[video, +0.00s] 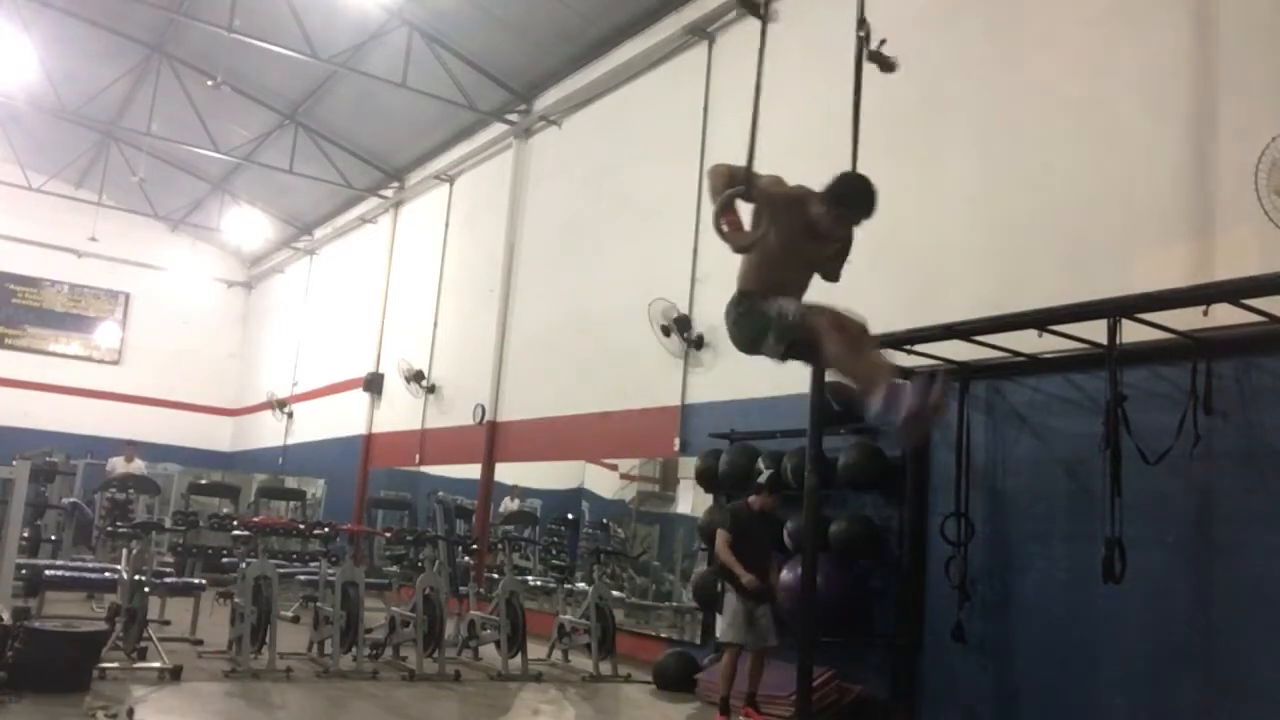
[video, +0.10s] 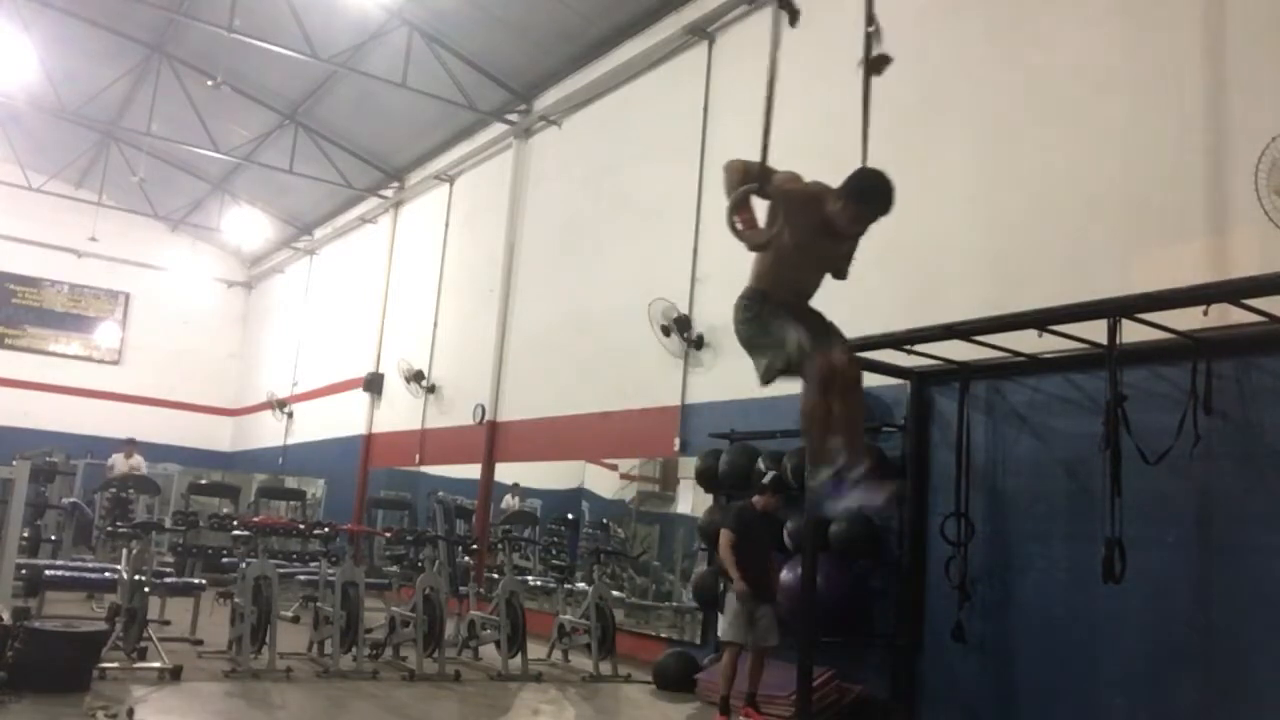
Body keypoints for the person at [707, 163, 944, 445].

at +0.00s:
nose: (842, 232)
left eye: (849, 227)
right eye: (840, 223)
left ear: (854, 220)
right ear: (826, 206)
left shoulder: (841, 237)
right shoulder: (780, 196)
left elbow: (829, 274)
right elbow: (720, 173)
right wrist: (725, 209)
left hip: (784, 313)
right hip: (748, 312)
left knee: (853, 333)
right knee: (825, 326)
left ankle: (897, 397)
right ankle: (881, 399)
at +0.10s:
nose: (857, 229)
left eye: (865, 224)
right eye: (855, 219)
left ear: (872, 217)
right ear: (839, 199)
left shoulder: (852, 232)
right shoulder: (798, 195)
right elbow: (736, 168)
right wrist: (743, 217)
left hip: (798, 311)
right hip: (759, 308)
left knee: (847, 367)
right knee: (821, 365)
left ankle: (855, 472)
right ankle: (819, 476)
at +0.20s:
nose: (876, 224)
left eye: (884, 219)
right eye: (873, 214)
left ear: (890, 212)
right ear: (857, 194)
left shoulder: (867, 226)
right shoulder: (814, 190)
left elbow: (855, 252)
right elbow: (753, 166)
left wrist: (856, 266)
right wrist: (757, 209)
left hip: (810, 315)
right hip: (773, 309)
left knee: (835, 404)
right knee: (806, 401)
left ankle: (814, 509)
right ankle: (775, 509)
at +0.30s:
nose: (891, 220)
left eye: (899, 215)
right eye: (890, 210)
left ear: (901, 209)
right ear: (875, 190)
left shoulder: (878, 228)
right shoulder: (827, 187)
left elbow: (867, 266)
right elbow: (764, 161)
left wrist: (872, 262)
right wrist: (777, 217)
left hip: (817, 316)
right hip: (780, 308)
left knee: (821, 414)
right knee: (794, 407)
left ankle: (787, 512)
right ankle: (753, 511)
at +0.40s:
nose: (900, 216)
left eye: (908, 211)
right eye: (900, 207)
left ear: (908, 204)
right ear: (885, 187)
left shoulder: (886, 225)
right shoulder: (836, 184)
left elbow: (877, 266)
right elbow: (770, 160)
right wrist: (779, 201)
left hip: (820, 315)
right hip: (782, 305)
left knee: (817, 415)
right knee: (792, 408)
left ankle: (786, 512)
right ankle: (754, 512)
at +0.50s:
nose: (899, 216)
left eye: (906, 210)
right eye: (898, 205)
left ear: (908, 204)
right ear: (882, 185)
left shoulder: (886, 224)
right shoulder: (835, 184)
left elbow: (881, 268)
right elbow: (770, 163)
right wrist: (780, 209)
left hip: (820, 311)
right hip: (782, 302)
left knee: (831, 408)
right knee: (802, 399)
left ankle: (808, 510)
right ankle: (778, 510)